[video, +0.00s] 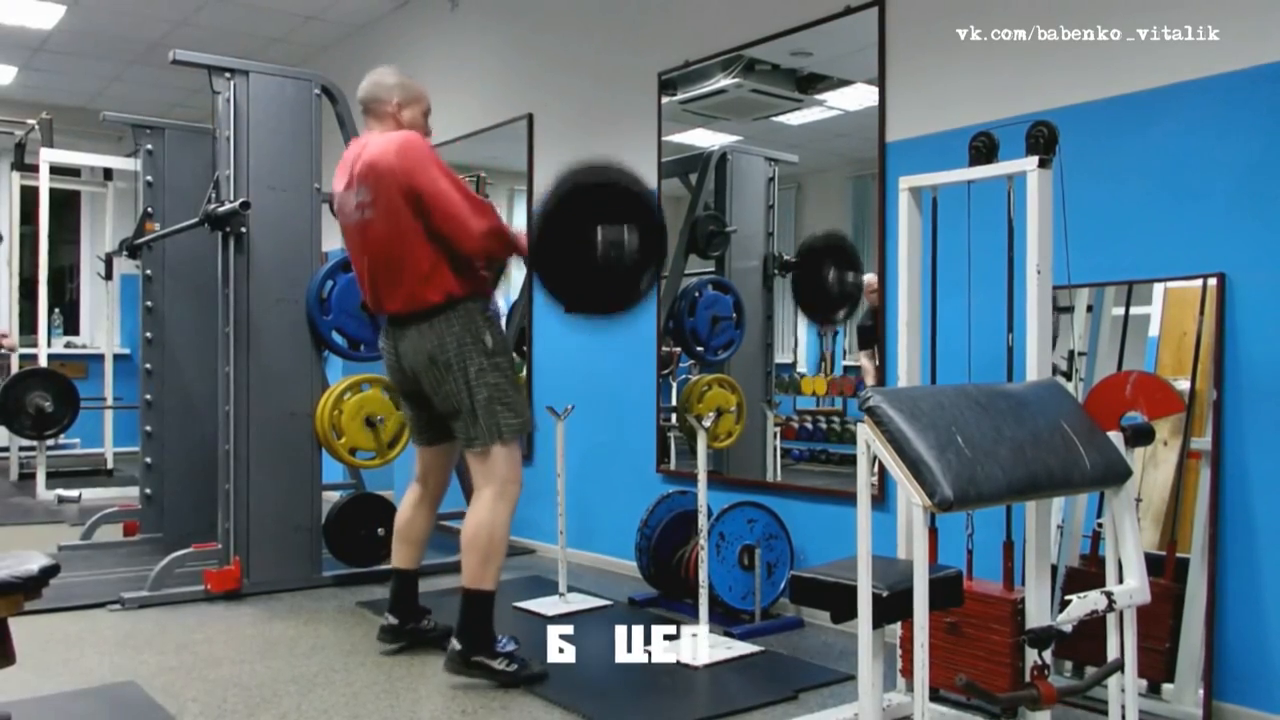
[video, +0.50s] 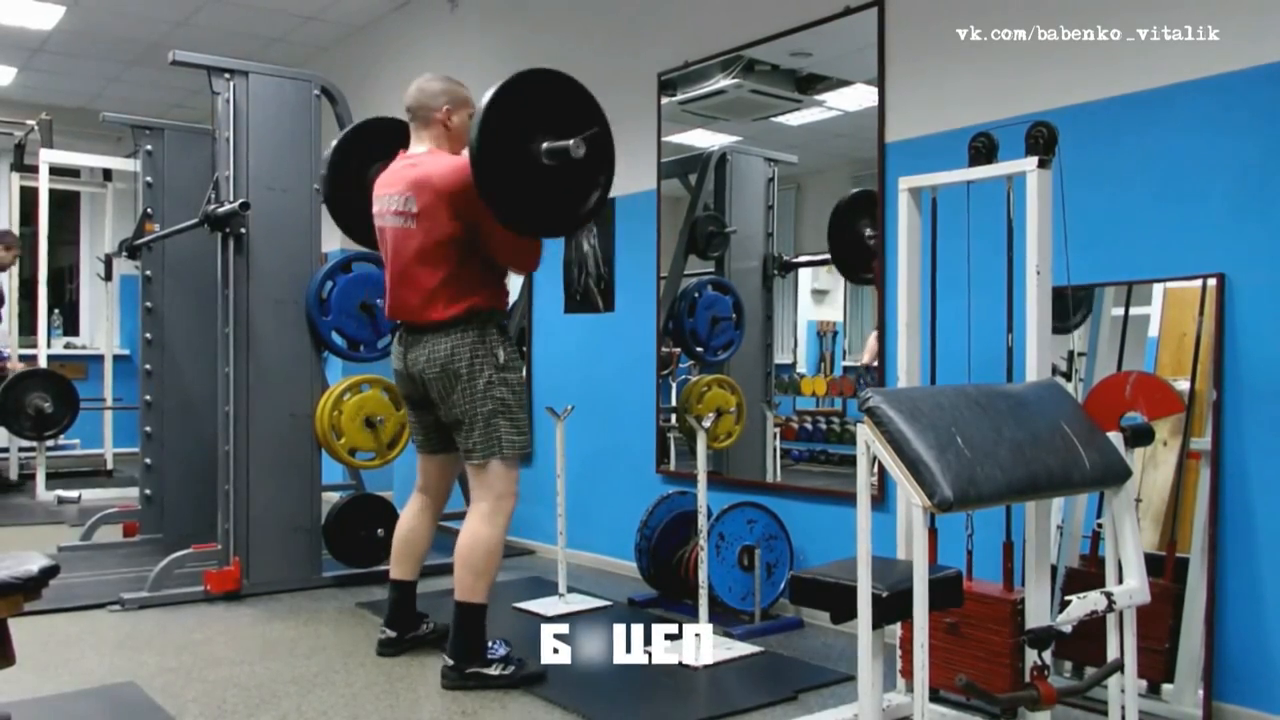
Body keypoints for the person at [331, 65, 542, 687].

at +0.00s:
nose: (424, 124)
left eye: (424, 115)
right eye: (421, 114)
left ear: (369, 110)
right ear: (397, 108)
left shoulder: (346, 169)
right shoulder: (406, 148)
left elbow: (368, 274)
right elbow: (475, 235)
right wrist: (512, 242)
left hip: (404, 337)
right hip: (455, 329)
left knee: (428, 478)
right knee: (498, 478)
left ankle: (402, 614)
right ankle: (475, 642)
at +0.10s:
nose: (427, 143)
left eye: (428, 135)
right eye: (424, 134)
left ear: (373, 124)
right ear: (399, 123)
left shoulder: (345, 181)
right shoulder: (399, 163)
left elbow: (384, 263)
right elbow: (475, 231)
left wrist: (458, 203)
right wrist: (514, 201)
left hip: (411, 348)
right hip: (462, 340)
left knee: (434, 487)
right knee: (502, 489)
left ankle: (402, 620)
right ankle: (472, 652)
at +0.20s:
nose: (437, 149)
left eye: (437, 139)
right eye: (434, 139)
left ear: (380, 132)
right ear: (412, 133)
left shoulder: (355, 191)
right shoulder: (413, 176)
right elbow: (492, 245)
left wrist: (454, 187)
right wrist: (490, 182)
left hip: (416, 358)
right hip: (467, 350)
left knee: (437, 491)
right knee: (507, 494)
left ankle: (402, 621)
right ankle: (470, 652)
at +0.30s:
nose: (454, 143)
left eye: (453, 133)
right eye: (450, 133)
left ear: (399, 130)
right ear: (426, 129)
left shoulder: (371, 188)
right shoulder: (437, 183)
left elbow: (419, 260)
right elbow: (507, 257)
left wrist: (460, 187)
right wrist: (488, 188)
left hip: (416, 357)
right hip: (468, 350)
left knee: (437, 491)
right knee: (504, 496)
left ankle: (400, 620)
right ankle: (471, 654)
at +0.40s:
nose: (470, 130)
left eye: (469, 121)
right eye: (467, 120)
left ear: (415, 121)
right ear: (445, 118)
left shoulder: (384, 179)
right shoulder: (457, 175)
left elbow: (412, 257)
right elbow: (521, 255)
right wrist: (524, 187)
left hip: (415, 353)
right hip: (468, 348)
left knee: (433, 487)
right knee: (495, 495)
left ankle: (400, 620)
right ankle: (470, 654)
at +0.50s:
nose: (473, 128)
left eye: (472, 118)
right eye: (470, 117)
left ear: (419, 119)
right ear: (447, 116)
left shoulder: (385, 178)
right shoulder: (461, 173)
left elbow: (404, 260)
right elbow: (524, 256)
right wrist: (526, 186)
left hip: (411, 349)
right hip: (468, 346)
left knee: (430, 485)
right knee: (493, 495)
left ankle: (400, 621)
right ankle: (470, 655)